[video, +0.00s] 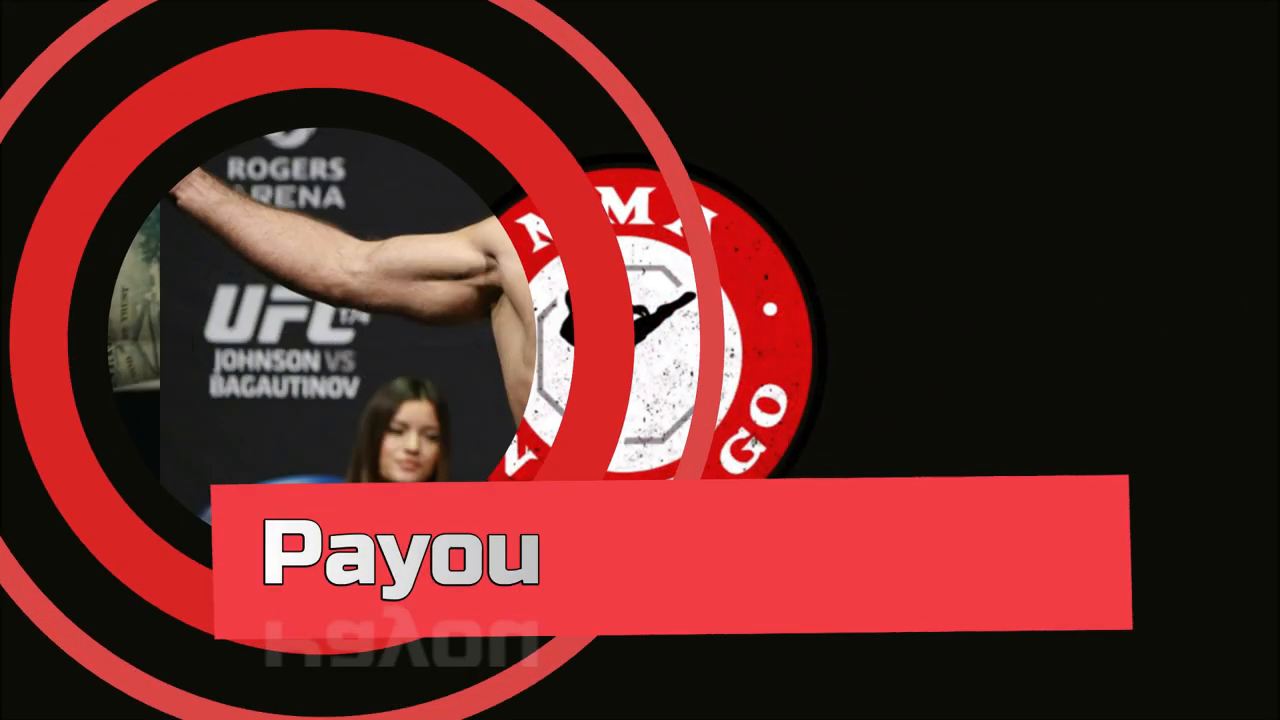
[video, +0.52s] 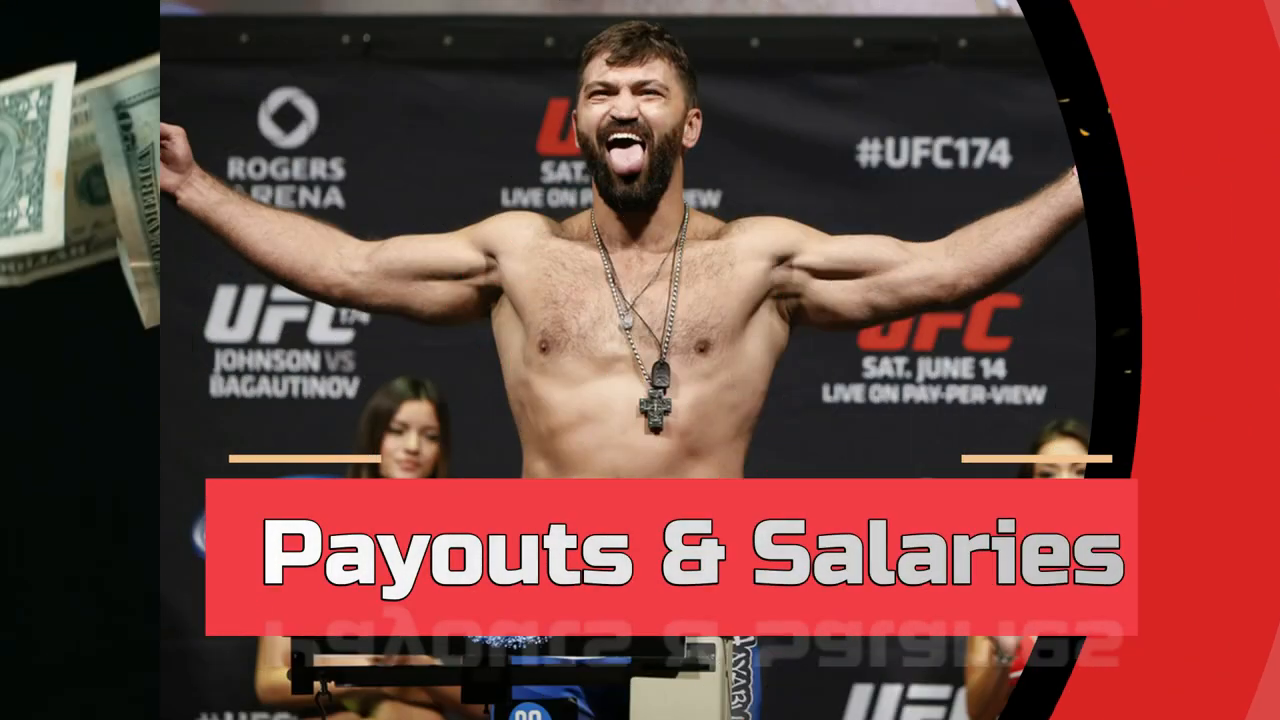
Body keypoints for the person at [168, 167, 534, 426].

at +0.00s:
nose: (413, 448)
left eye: (429, 437)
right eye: (399, 432)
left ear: (445, 443)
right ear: (377, 435)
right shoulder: (518, 239)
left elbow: (354, 268)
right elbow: (354, 268)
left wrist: (185, 182)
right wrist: (185, 180)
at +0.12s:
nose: (636, 183)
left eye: (650, 164)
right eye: (624, 164)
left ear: (673, 170)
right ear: (598, 170)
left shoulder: (698, 263)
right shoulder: (518, 245)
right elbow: (355, 266)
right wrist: (190, 185)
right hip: (568, 543)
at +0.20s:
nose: (624, 108)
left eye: (647, 91)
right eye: (603, 93)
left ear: (684, 122)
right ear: (578, 123)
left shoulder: (744, 253)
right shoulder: (514, 247)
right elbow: (349, 268)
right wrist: (191, 187)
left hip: (721, 563)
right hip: (556, 566)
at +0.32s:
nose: (620, 108)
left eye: (645, 91)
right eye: (601, 94)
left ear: (691, 126)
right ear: (575, 128)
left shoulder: (767, 254)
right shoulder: (513, 249)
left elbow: (929, 276)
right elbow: (349, 266)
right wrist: (193, 188)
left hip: (718, 583)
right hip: (554, 582)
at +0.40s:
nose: (622, 106)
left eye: (647, 89)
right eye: (603, 92)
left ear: (691, 124)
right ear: (576, 127)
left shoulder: (767, 254)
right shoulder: (511, 249)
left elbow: (946, 268)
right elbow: (347, 266)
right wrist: (194, 189)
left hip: (706, 586)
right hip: (547, 583)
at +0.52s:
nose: (624, 106)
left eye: (648, 90)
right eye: (604, 91)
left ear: (689, 124)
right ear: (573, 126)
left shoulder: (766, 253)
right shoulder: (511, 249)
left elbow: (946, 268)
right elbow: (346, 267)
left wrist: (1089, 181)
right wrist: (196, 190)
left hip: (709, 582)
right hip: (547, 580)